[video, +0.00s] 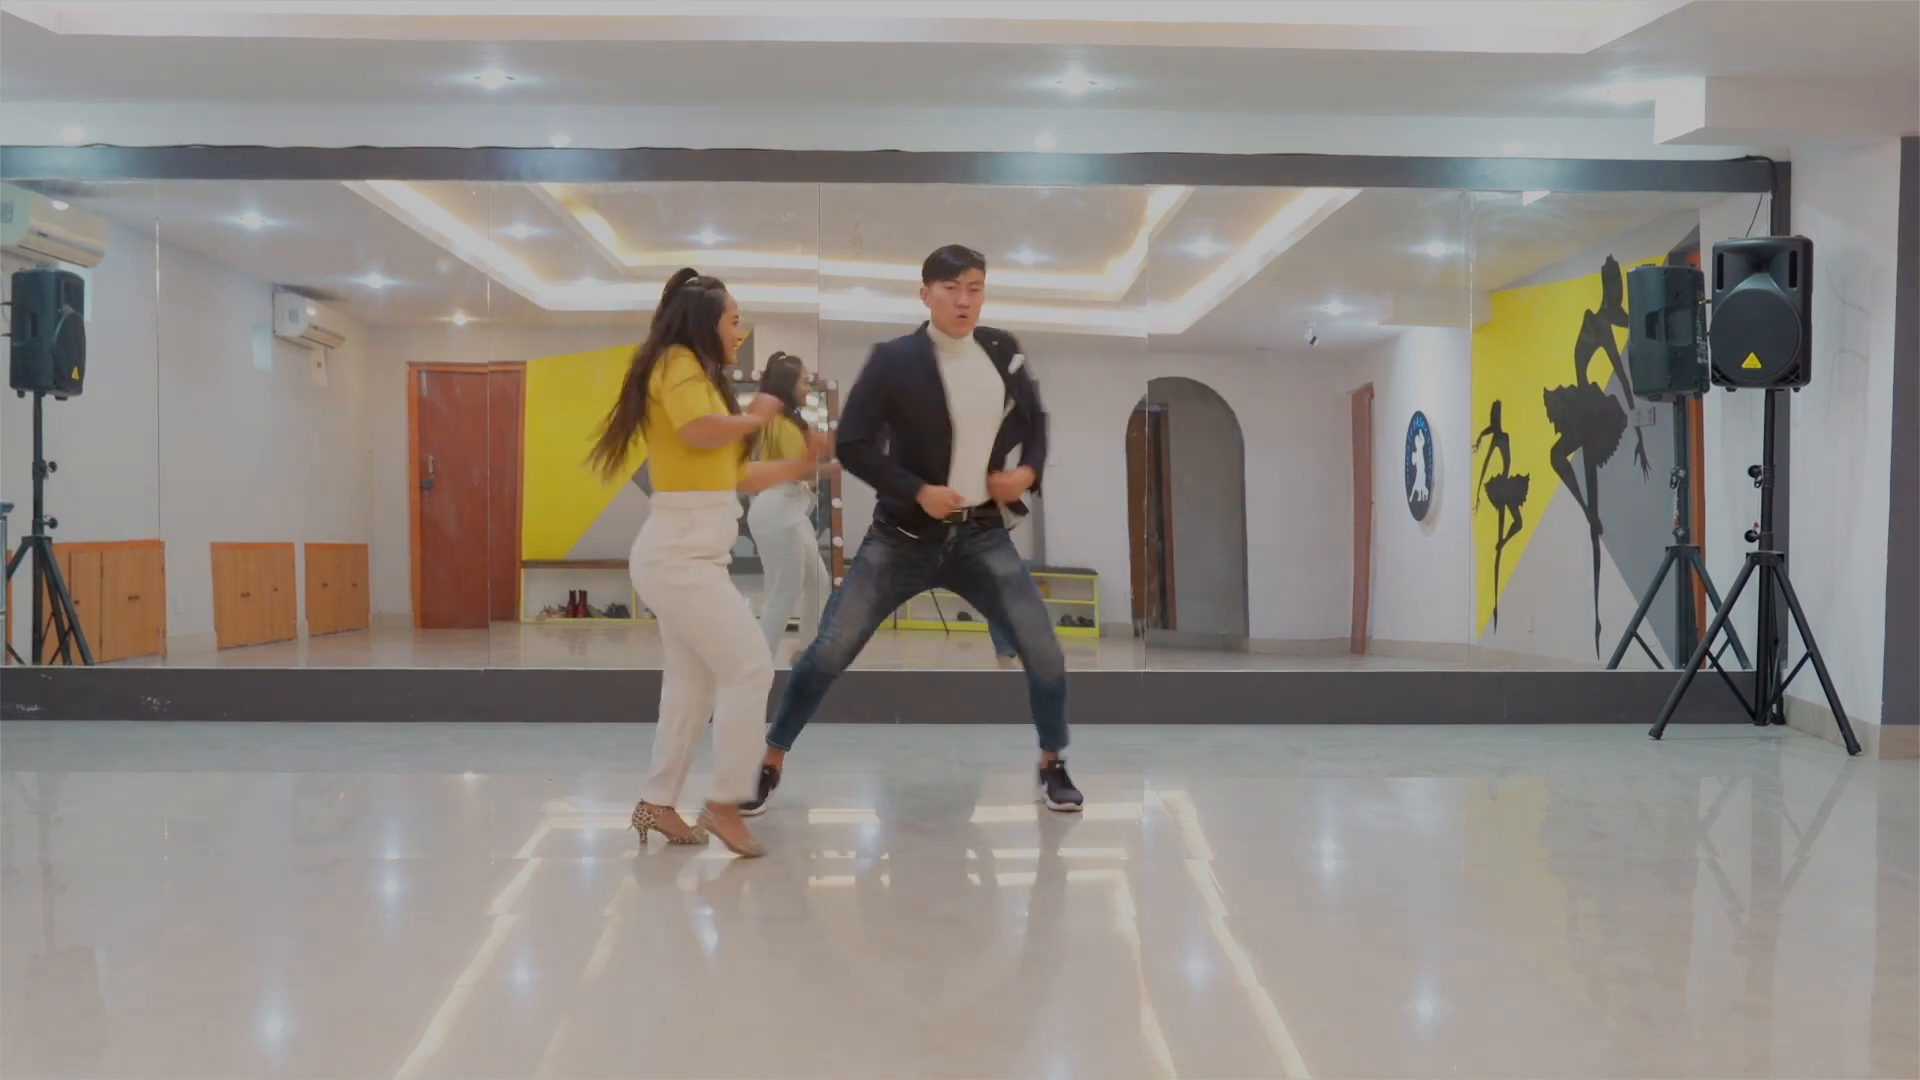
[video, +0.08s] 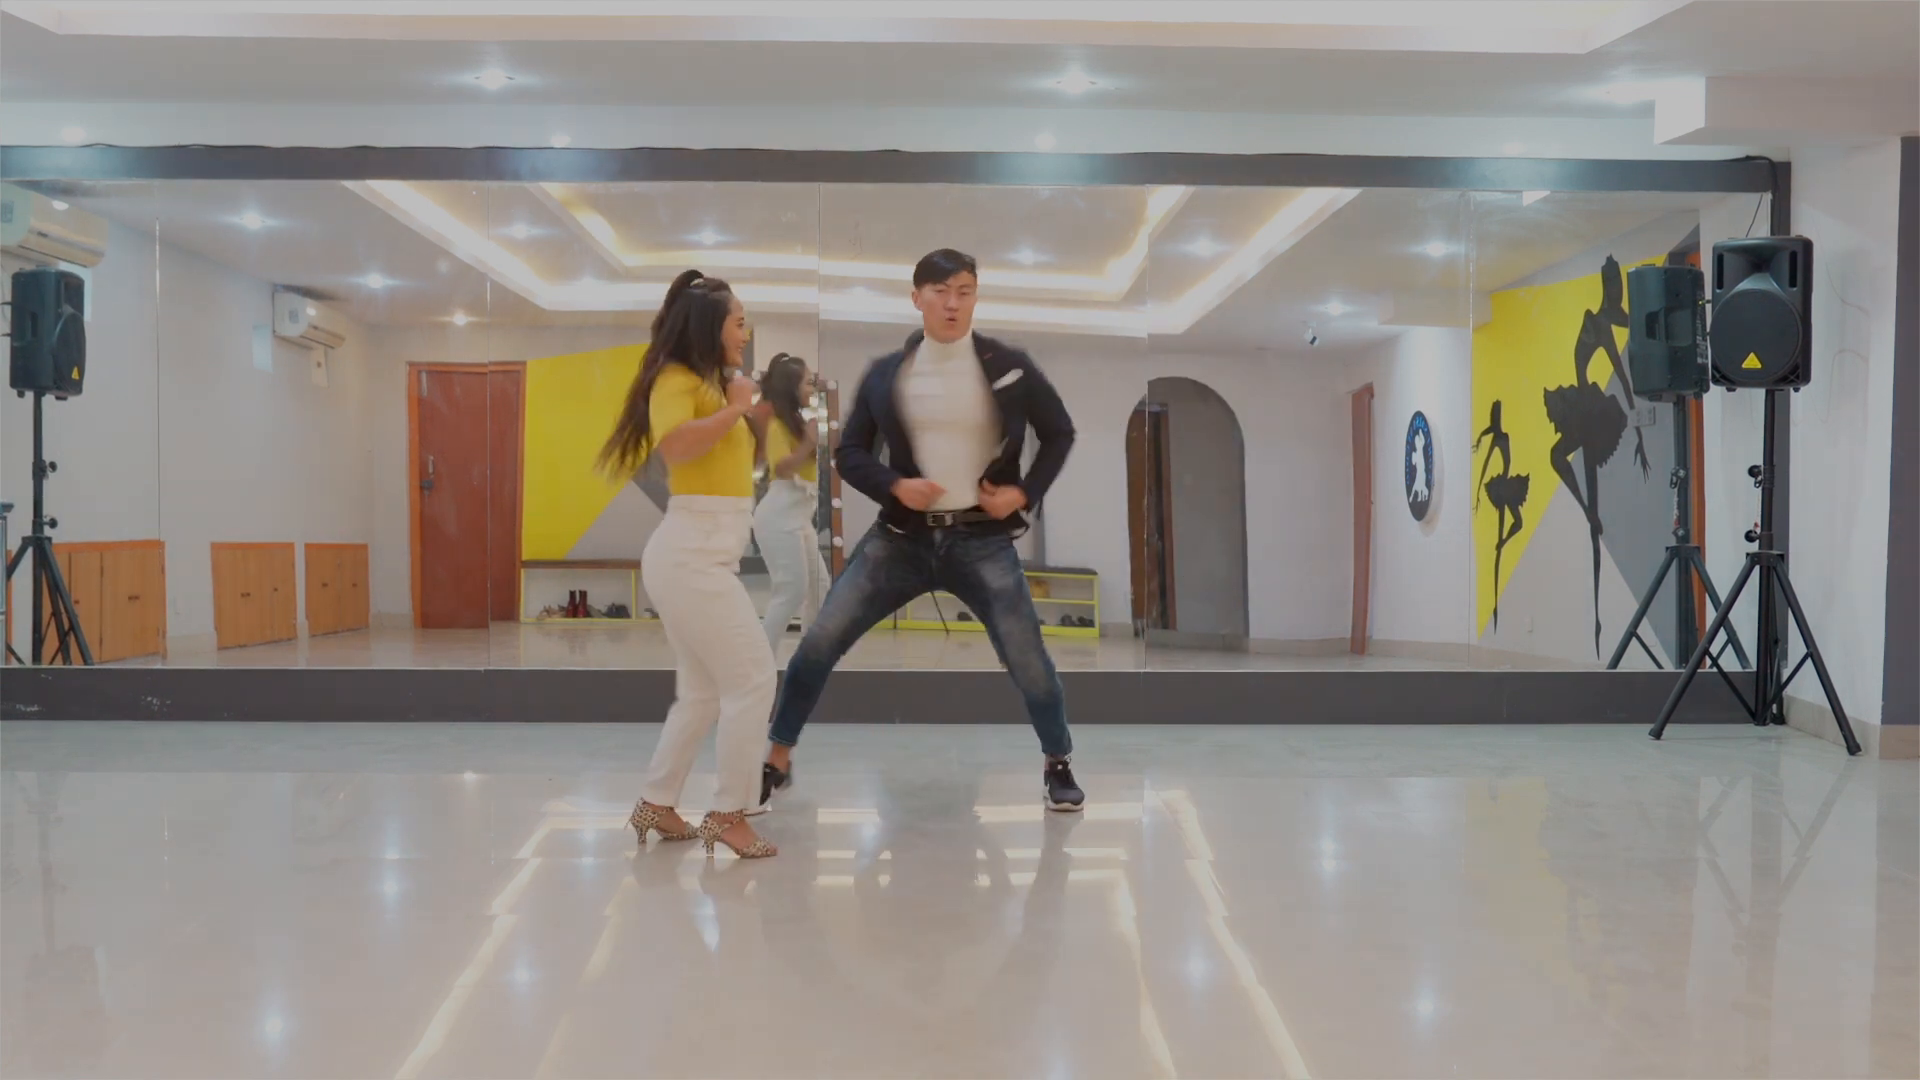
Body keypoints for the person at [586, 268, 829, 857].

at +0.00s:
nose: (740, 331)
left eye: (739, 321)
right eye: (732, 321)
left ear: (703, 323)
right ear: (704, 321)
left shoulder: (699, 379)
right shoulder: (676, 362)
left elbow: (731, 476)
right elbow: (695, 431)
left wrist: (801, 463)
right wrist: (751, 418)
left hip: (690, 553)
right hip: (679, 554)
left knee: (689, 684)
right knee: (749, 663)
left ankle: (658, 803)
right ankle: (725, 804)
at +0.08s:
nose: (746, 333)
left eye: (744, 323)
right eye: (738, 324)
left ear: (717, 327)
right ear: (707, 329)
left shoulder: (718, 385)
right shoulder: (675, 380)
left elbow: (749, 460)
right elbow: (676, 447)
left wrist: (756, 418)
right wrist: (735, 408)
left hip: (702, 558)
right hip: (689, 558)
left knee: (701, 693)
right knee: (753, 676)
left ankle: (657, 804)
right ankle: (729, 813)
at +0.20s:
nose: (749, 343)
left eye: (748, 332)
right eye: (740, 333)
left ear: (716, 340)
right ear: (710, 341)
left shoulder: (717, 402)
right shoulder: (696, 407)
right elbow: (712, 490)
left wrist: (791, 436)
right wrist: (734, 437)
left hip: (686, 561)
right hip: (702, 560)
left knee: (718, 691)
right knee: (756, 677)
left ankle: (661, 801)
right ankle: (729, 813)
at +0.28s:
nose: (746, 347)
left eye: (744, 335)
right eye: (738, 336)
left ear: (704, 343)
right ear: (709, 342)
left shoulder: (682, 407)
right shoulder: (704, 411)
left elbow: (729, 459)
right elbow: (743, 488)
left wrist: (766, 425)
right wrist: (783, 459)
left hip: (673, 561)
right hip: (702, 563)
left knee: (737, 682)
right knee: (751, 677)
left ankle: (669, 784)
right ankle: (727, 814)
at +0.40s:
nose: (742, 339)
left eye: (741, 329)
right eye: (733, 329)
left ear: (694, 337)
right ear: (703, 335)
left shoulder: (679, 390)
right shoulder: (703, 390)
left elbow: (743, 461)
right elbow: (749, 465)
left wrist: (810, 450)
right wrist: (818, 450)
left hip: (669, 551)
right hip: (686, 553)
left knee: (725, 674)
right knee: (745, 670)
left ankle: (680, 791)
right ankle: (730, 810)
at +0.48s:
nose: (744, 333)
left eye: (742, 323)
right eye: (735, 324)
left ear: (707, 329)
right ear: (707, 329)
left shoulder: (699, 379)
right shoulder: (693, 374)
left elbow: (713, 447)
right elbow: (722, 443)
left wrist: (766, 428)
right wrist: (790, 415)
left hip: (701, 556)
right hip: (663, 557)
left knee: (713, 671)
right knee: (728, 665)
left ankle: (675, 790)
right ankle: (756, 806)